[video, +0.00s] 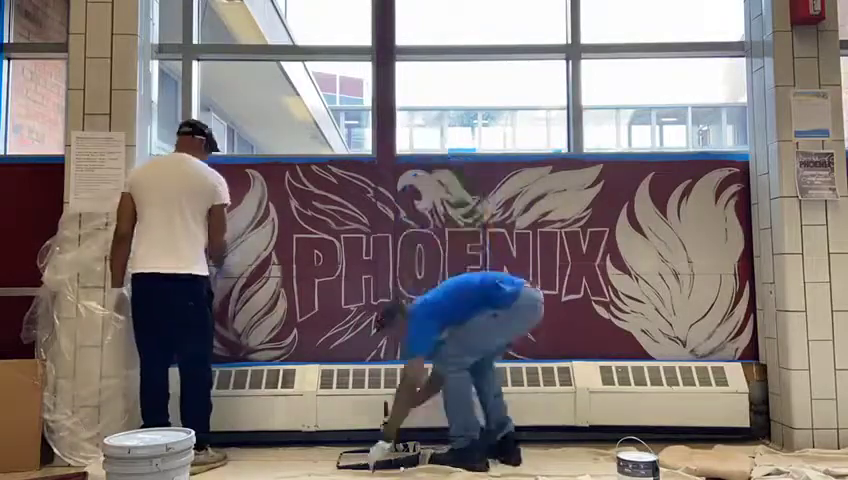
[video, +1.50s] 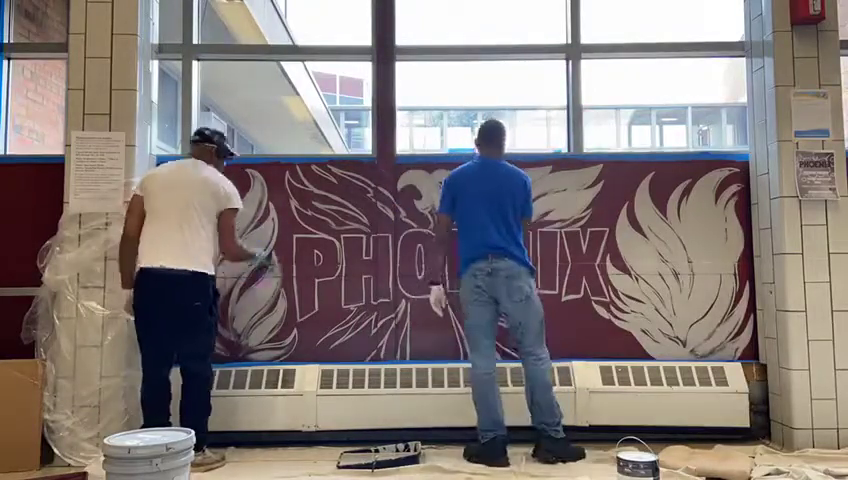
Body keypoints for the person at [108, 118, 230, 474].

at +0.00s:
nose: (208, 156)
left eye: (207, 151)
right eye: (209, 151)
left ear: (176, 142)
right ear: (202, 144)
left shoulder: (140, 173)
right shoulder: (211, 179)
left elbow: (122, 232)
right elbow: (217, 242)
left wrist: (116, 287)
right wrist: (212, 262)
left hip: (146, 284)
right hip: (189, 284)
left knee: (152, 366)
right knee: (195, 367)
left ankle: (154, 447)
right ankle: (197, 448)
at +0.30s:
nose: (181, 147)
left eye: (171, 141)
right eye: (183, 142)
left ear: (152, 143)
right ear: (184, 141)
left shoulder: (132, 178)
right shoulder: (204, 174)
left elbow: (120, 239)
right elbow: (219, 238)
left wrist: (121, 290)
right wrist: (208, 237)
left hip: (146, 285)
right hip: (189, 284)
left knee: (152, 367)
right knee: (196, 366)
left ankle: (154, 449)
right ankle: (197, 448)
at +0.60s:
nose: (211, 154)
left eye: (211, 149)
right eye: (211, 148)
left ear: (178, 140)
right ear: (202, 144)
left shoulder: (137, 175)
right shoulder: (208, 178)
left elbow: (123, 238)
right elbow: (217, 242)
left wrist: (123, 287)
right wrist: (227, 246)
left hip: (145, 284)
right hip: (187, 284)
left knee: (152, 369)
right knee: (196, 368)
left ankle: (155, 449)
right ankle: (197, 448)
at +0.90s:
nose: (227, 171)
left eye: (229, 164)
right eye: (226, 163)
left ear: (197, 150)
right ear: (212, 154)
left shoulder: (151, 174)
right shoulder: (217, 189)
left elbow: (121, 227)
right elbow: (235, 257)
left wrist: (116, 265)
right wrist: (258, 264)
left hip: (135, 279)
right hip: (178, 281)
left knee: (146, 369)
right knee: (191, 368)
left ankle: (153, 449)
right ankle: (196, 449)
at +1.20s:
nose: (225, 177)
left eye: (227, 171)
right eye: (227, 171)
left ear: (198, 155)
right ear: (218, 161)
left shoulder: (152, 175)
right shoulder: (216, 192)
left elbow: (119, 226)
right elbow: (219, 259)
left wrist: (113, 264)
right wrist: (238, 281)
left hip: (134, 282)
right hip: (176, 286)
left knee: (144, 370)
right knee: (189, 368)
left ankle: (154, 450)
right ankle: (196, 448)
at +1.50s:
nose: (224, 165)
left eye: (225, 160)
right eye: (224, 160)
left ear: (193, 149)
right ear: (215, 154)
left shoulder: (152, 177)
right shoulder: (222, 186)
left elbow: (130, 235)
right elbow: (230, 250)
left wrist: (129, 285)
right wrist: (255, 255)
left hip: (150, 284)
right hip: (194, 286)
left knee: (154, 371)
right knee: (197, 370)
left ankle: (154, 449)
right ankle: (194, 449)